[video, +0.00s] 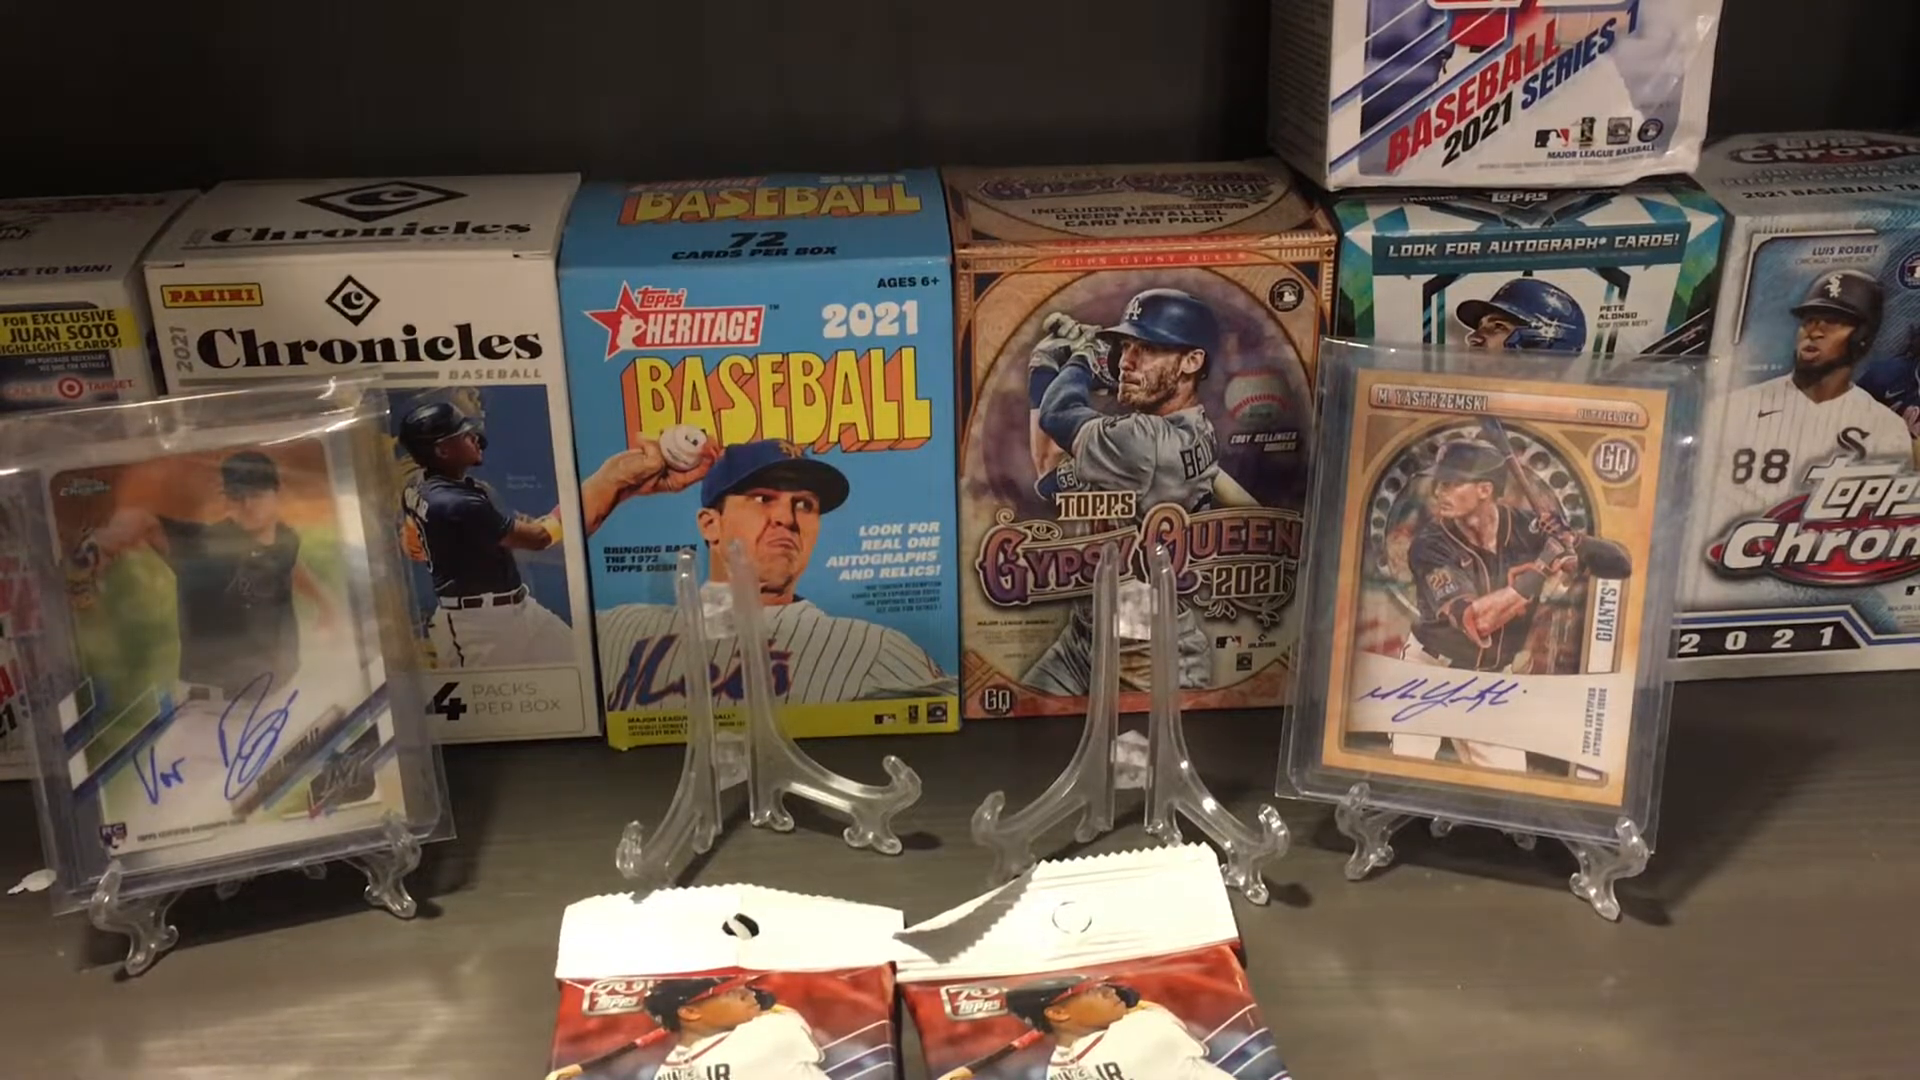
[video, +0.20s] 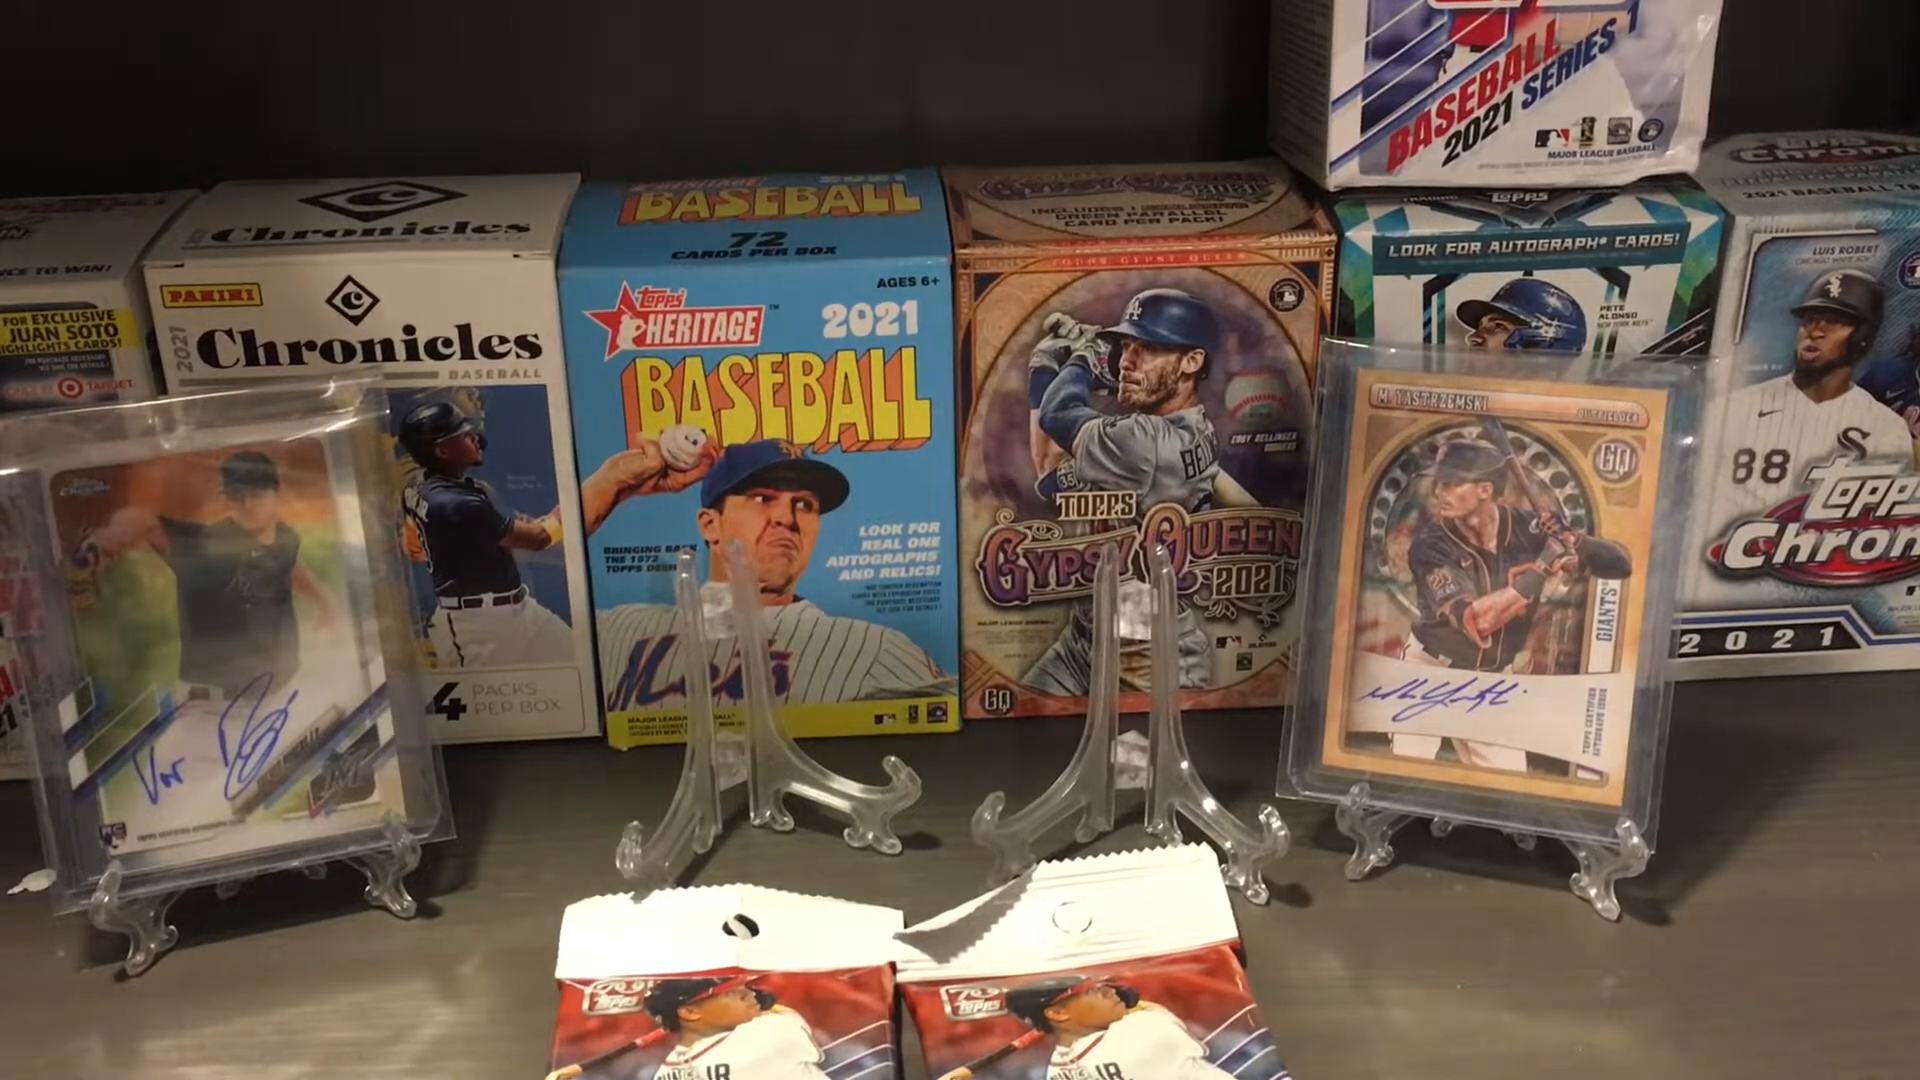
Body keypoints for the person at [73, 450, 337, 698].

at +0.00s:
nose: (247, 506)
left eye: (256, 495)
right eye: (237, 497)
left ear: (275, 495)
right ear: (227, 500)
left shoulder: (286, 540)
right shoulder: (202, 543)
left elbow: (291, 569)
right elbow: (141, 521)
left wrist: (324, 603)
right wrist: (110, 542)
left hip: (274, 685)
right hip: (213, 690)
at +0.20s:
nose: (247, 506)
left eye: (256, 495)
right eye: (237, 497)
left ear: (275, 495)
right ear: (227, 501)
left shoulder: (286, 540)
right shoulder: (202, 543)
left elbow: (292, 569)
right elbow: (141, 522)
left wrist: (324, 603)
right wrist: (102, 546)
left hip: (276, 685)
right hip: (214, 692)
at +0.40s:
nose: (247, 506)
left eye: (257, 496)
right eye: (238, 497)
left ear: (276, 495)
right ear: (226, 498)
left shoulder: (286, 540)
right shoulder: (202, 542)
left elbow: (291, 569)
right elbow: (133, 519)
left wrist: (323, 602)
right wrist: (108, 545)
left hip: (275, 684)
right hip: (213, 691)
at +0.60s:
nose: (247, 507)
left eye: (256, 496)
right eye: (237, 498)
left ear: (276, 495)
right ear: (226, 499)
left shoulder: (287, 540)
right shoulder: (202, 541)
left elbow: (291, 568)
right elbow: (135, 518)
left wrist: (323, 602)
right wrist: (114, 539)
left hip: (275, 685)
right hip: (213, 691)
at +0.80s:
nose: (247, 506)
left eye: (256, 496)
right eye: (237, 497)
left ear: (276, 495)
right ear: (226, 499)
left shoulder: (286, 541)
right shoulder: (202, 541)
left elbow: (291, 569)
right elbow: (135, 518)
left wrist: (323, 602)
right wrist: (115, 538)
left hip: (274, 685)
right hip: (212, 691)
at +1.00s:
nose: (246, 506)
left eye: (256, 496)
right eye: (237, 497)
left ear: (276, 496)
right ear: (227, 500)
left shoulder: (286, 541)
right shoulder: (201, 541)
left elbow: (291, 570)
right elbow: (134, 518)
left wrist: (323, 601)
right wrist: (117, 539)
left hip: (274, 686)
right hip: (212, 692)